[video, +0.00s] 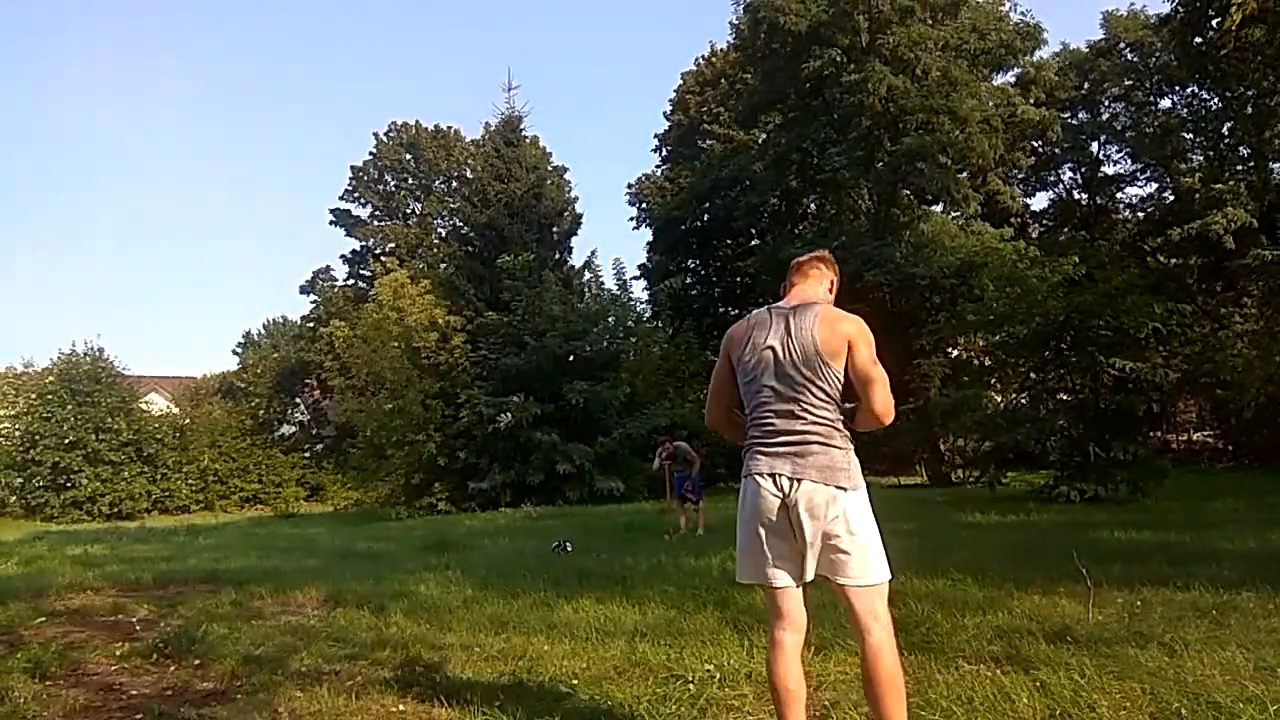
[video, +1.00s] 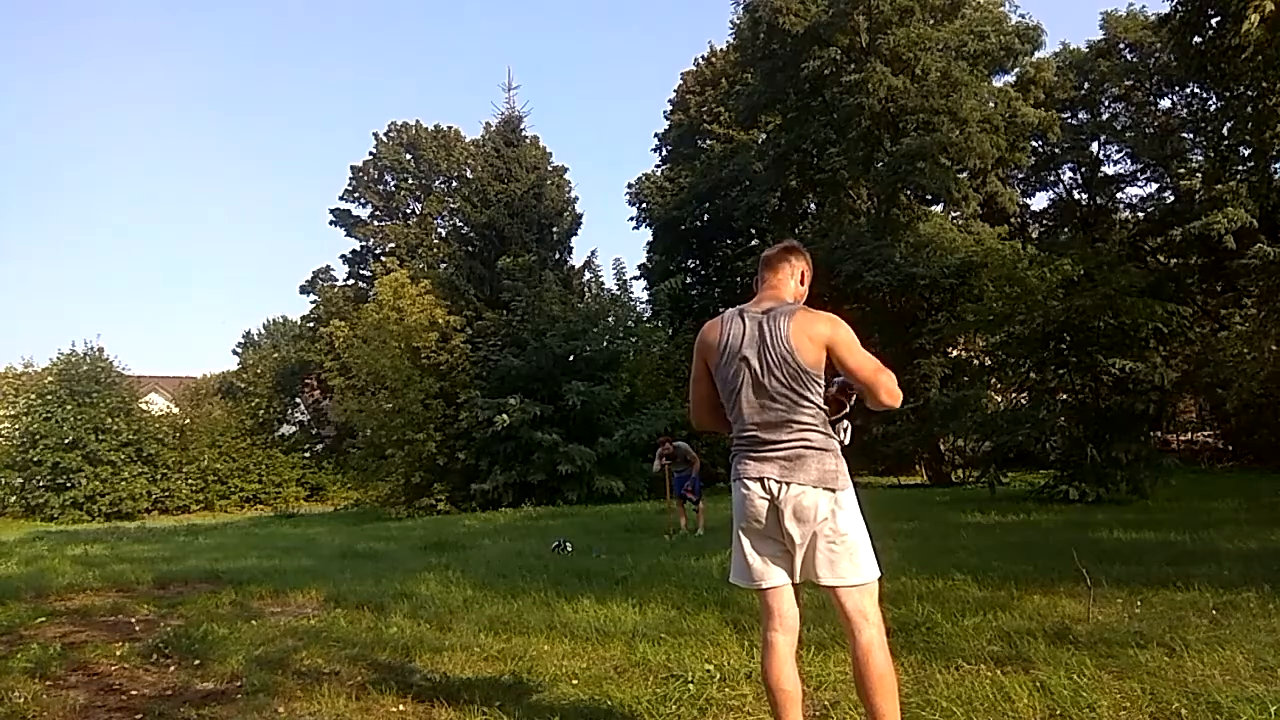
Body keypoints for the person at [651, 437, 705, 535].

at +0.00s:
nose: (667, 451)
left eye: (668, 448)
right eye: (665, 449)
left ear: (672, 444)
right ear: (662, 449)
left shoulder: (682, 447)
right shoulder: (661, 451)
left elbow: (696, 461)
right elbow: (655, 468)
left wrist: (692, 479)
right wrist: (660, 457)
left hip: (691, 472)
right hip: (678, 474)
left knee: (697, 502)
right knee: (679, 502)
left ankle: (700, 528)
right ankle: (683, 528)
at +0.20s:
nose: (667, 451)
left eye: (668, 448)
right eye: (664, 449)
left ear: (672, 444)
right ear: (662, 449)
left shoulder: (682, 447)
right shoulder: (660, 452)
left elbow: (696, 461)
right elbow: (655, 468)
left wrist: (692, 479)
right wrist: (660, 459)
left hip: (691, 472)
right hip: (678, 474)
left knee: (697, 502)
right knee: (679, 501)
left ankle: (700, 528)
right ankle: (683, 528)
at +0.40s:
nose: (667, 451)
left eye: (668, 448)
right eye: (664, 449)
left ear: (672, 444)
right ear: (662, 449)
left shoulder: (682, 447)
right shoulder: (661, 452)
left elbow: (696, 461)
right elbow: (655, 468)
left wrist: (692, 479)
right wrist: (660, 459)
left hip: (691, 472)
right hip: (678, 474)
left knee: (697, 501)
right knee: (679, 501)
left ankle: (700, 527)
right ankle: (683, 528)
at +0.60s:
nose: (666, 451)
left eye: (668, 448)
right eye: (664, 449)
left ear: (672, 445)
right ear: (661, 449)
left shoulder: (682, 447)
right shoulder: (660, 451)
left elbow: (696, 462)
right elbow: (655, 468)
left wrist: (692, 480)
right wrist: (661, 461)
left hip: (690, 472)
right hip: (677, 474)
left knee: (697, 501)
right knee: (679, 502)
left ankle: (700, 527)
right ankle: (683, 528)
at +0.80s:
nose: (666, 451)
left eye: (667, 448)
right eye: (664, 449)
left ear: (672, 445)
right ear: (661, 449)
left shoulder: (682, 447)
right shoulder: (660, 452)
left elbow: (696, 462)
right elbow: (655, 469)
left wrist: (692, 480)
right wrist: (661, 464)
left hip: (690, 472)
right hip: (677, 475)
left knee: (697, 501)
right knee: (679, 502)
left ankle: (700, 527)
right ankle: (683, 528)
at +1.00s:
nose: (666, 451)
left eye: (667, 449)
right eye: (664, 449)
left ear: (672, 445)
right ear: (661, 449)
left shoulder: (682, 447)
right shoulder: (660, 452)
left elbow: (696, 461)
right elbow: (655, 469)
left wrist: (692, 480)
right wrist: (661, 464)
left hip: (690, 472)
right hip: (677, 475)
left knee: (697, 501)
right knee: (679, 502)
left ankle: (700, 528)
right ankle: (683, 528)